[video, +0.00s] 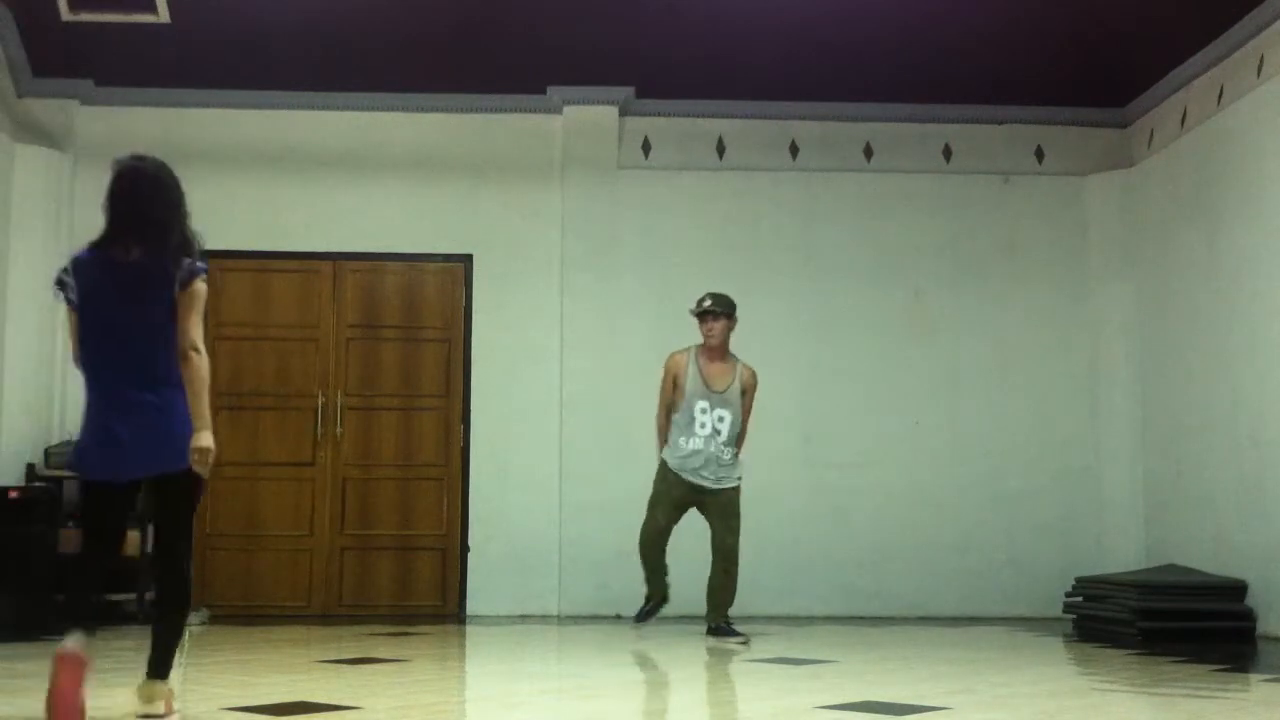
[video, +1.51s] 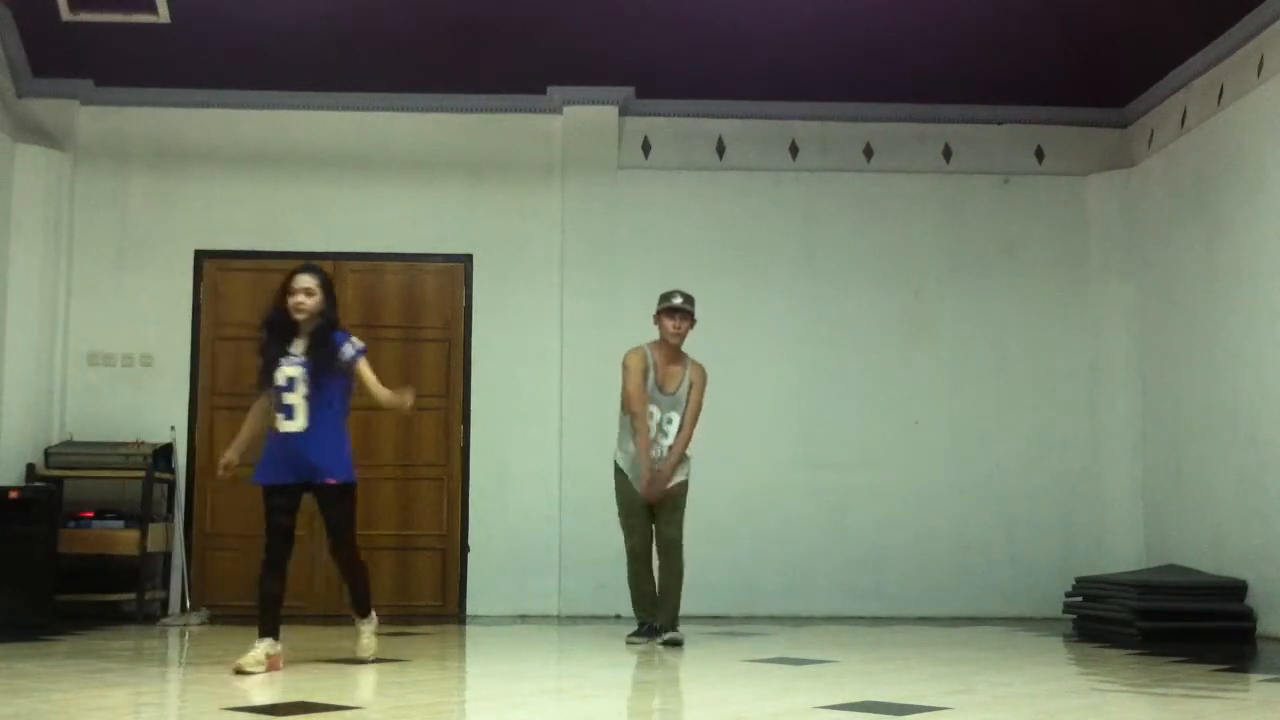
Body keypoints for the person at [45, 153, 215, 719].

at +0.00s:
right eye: (171, 202)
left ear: (112, 205)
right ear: (172, 207)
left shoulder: (82, 268)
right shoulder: (185, 266)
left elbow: (79, 354)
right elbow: (191, 349)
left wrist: (123, 383)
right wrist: (203, 427)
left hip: (105, 436)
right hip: (171, 432)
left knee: (98, 548)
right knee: (173, 559)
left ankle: (76, 639)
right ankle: (157, 683)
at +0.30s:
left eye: (154, 214)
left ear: (150, 221)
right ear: (205, 218)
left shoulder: (128, 276)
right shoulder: (226, 276)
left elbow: (106, 363)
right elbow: (242, 363)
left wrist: (85, 431)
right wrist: (246, 429)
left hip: (133, 435)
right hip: (198, 434)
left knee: (153, 545)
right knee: (175, 551)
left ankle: (168, 656)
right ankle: (154, 682)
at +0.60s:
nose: (169, 247)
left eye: (172, 240)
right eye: (172, 239)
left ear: (182, 248)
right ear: (226, 248)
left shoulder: (162, 301)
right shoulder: (249, 306)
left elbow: (139, 374)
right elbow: (259, 379)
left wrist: (119, 442)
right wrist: (256, 430)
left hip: (167, 446)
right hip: (224, 447)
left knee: (168, 550)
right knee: (213, 546)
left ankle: (183, 668)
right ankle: (199, 613)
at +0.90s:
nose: (199, 261)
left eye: (205, 254)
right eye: (201, 253)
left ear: (225, 261)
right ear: (246, 262)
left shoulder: (209, 309)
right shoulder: (260, 317)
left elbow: (188, 377)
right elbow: (273, 386)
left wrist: (170, 426)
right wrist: (274, 448)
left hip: (210, 445)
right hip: (248, 448)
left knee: (197, 548)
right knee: (222, 545)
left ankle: (198, 657)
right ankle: (252, 629)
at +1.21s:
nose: (239, 286)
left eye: (246, 278)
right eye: (239, 278)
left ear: (269, 280)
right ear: (262, 282)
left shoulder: (289, 326)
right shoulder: (252, 328)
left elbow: (289, 393)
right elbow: (247, 391)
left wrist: (266, 447)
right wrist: (238, 447)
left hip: (272, 450)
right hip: (247, 449)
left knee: (252, 542)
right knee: (251, 543)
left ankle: (279, 641)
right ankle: (279, 639)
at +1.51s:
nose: (299, 299)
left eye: (309, 293)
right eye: (293, 292)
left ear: (325, 300)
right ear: (284, 299)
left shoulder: (340, 344)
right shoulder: (278, 345)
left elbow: (376, 391)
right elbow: (265, 402)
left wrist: (397, 399)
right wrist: (235, 449)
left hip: (329, 465)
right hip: (282, 464)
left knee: (342, 546)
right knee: (276, 550)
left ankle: (366, 621)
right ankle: (267, 643)